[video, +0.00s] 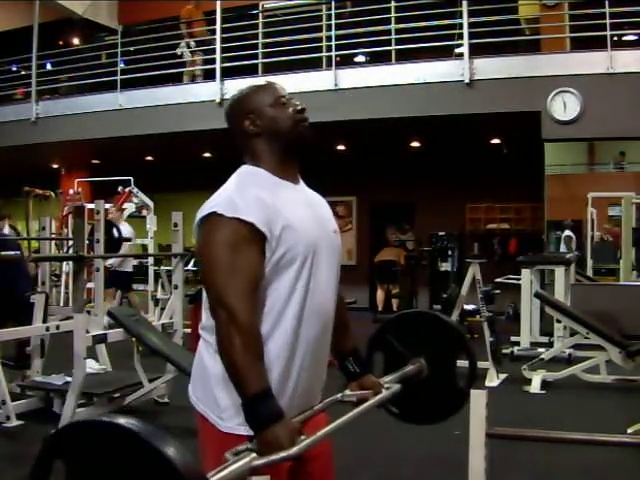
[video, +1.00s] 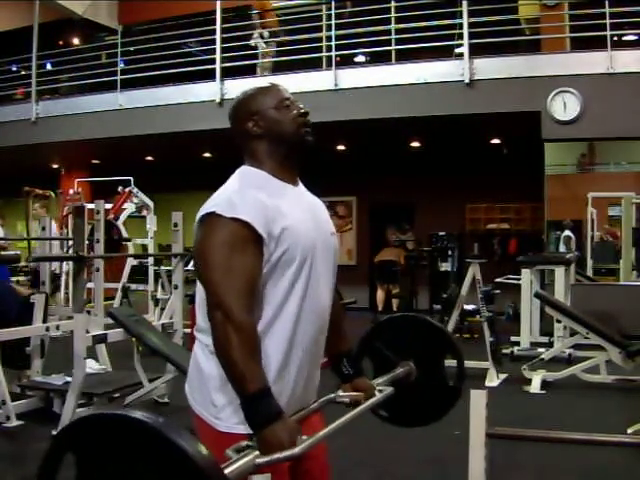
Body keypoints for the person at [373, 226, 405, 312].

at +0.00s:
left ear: (390, 245)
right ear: (400, 246)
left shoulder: (383, 250)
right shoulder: (400, 251)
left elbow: (376, 259)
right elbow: (402, 262)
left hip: (380, 263)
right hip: (393, 263)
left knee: (380, 287)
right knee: (394, 288)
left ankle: (379, 309)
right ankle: (395, 309)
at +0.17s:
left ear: (390, 245)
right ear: (400, 246)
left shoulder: (383, 250)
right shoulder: (400, 251)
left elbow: (376, 259)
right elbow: (402, 262)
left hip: (380, 263)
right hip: (393, 263)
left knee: (380, 287)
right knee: (394, 288)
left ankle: (379, 310)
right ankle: (395, 310)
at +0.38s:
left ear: (390, 245)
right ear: (400, 245)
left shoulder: (383, 250)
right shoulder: (400, 251)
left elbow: (376, 259)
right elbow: (402, 262)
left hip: (380, 263)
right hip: (393, 263)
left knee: (380, 287)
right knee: (394, 288)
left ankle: (379, 309)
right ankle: (395, 310)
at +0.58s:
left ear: (390, 245)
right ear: (400, 245)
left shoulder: (383, 250)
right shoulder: (400, 251)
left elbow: (376, 259)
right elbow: (402, 262)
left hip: (380, 263)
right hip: (392, 263)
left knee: (380, 288)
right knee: (394, 287)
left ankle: (379, 310)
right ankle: (395, 310)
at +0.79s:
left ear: (389, 245)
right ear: (398, 245)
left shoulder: (384, 250)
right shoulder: (400, 251)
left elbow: (376, 259)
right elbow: (402, 262)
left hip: (380, 263)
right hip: (393, 262)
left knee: (380, 288)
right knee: (394, 288)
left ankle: (379, 310)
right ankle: (395, 310)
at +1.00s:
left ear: (390, 244)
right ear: (400, 245)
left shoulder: (384, 251)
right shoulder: (400, 251)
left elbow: (376, 259)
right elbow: (402, 262)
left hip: (380, 263)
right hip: (393, 263)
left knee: (380, 288)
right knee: (395, 288)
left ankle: (379, 310)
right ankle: (395, 310)